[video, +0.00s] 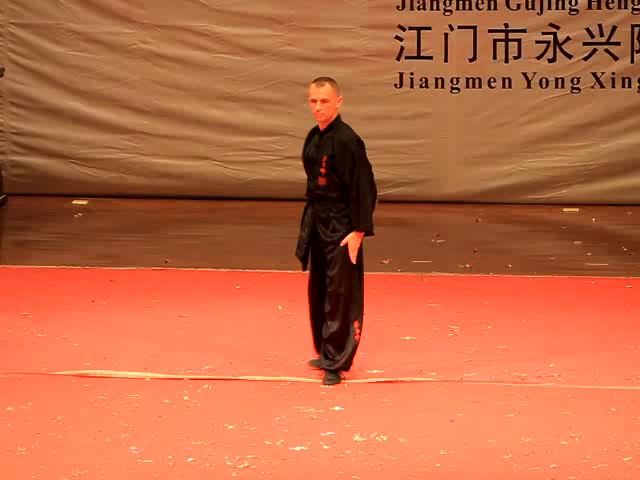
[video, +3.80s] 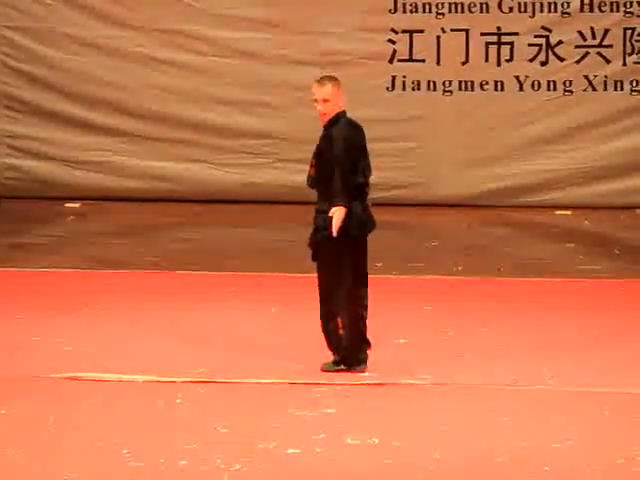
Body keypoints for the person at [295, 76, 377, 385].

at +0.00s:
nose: (318, 107)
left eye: (324, 101)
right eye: (313, 102)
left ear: (338, 102)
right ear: (309, 104)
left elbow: (365, 188)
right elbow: (316, 187)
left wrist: (359, 230)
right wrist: (310, 227)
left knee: (340, 293)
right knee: (320, 290)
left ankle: (338, 362)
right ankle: (326, 352)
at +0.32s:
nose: (325, 108)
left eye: (331, 102)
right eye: (323, 102)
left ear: (349, 101)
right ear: (325, 103)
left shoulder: (354, 132)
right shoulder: (344, 131)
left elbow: (379, 171)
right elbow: (342, 175)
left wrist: (348, 192)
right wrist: (331, 193)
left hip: (352, 224)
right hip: (357, 221)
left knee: (340, 289)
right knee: (364, 289)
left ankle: (344, 362)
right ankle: (368, 350)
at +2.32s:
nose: (319, 100)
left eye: (322, 94)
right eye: (320, 94)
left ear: (338, 96)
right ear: (343, 97)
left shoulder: (346, 131)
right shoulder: (360, 128)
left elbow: (348, 175)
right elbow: (371, 172)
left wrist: (344, 208)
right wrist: (355, 203)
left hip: (345, 223)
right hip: (359, 220)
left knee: (345, 288)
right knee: (357, 286)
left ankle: (353, 353)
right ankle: (362, 348)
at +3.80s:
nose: (319, 107)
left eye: (324, 101)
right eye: (316, 101)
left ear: (340, 98)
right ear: (317, 100)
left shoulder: (339, 131)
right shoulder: (349, 128)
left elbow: (343, 171)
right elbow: (357, 172)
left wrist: (341, 204)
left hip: (337, 222)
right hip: (352, 221)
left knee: (337, 287)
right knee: (352, 286)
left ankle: (345, 351)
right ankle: (354, 348)